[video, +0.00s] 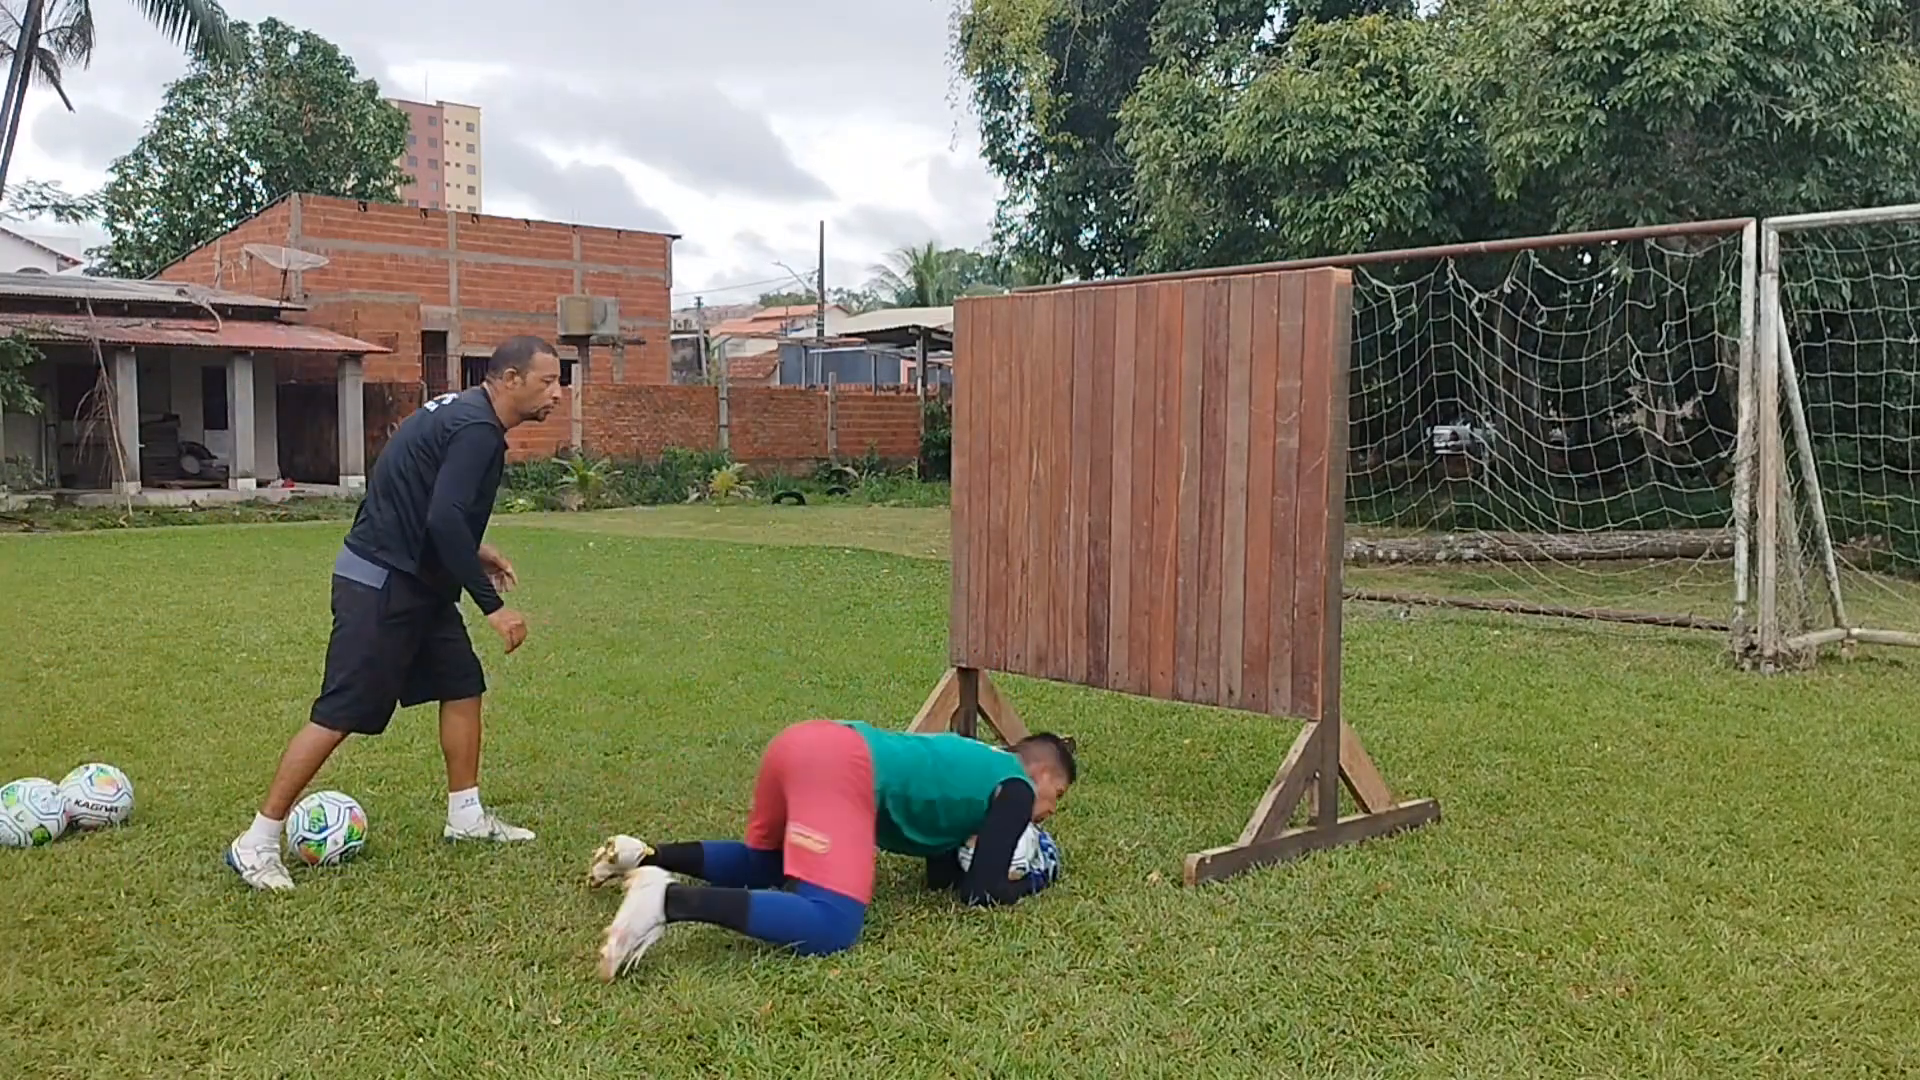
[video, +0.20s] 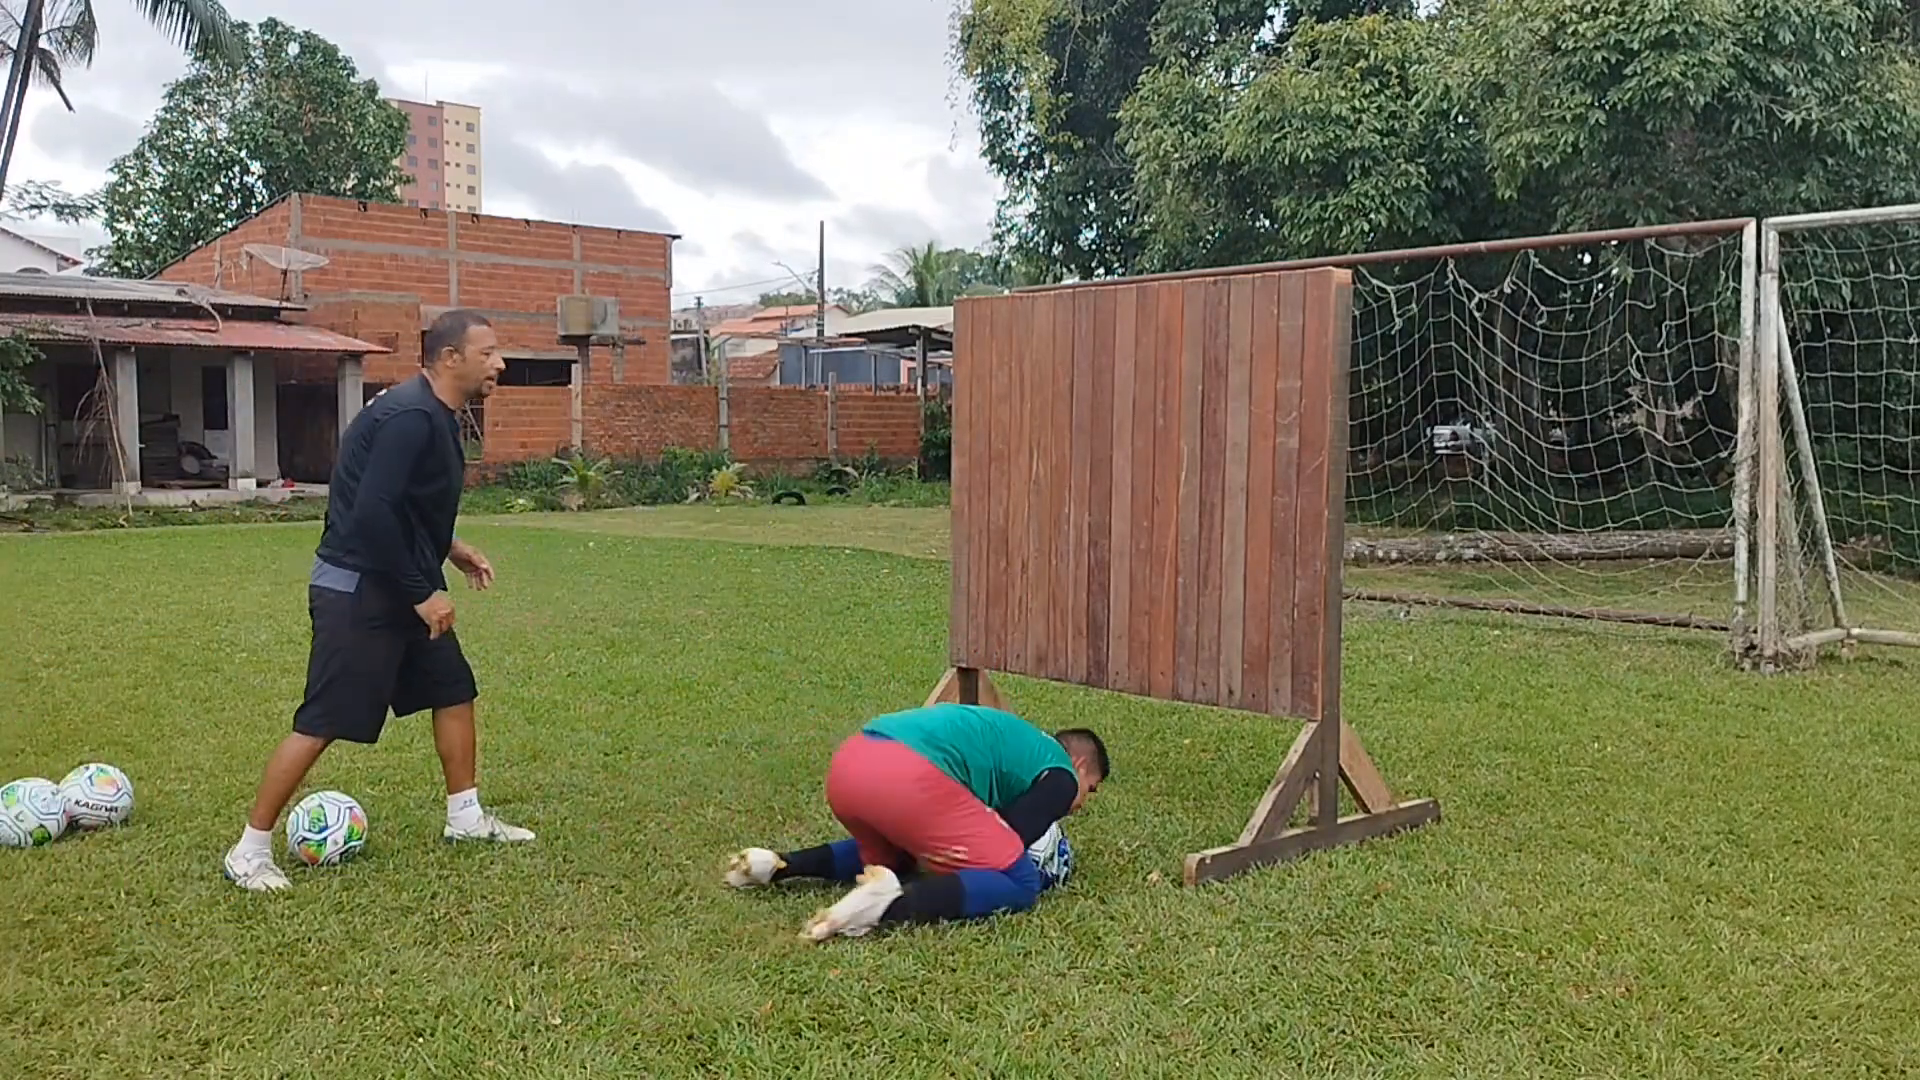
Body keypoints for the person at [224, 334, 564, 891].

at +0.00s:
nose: (557, 394)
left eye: (558, 384)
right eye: (548, 383)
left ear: (506, 382)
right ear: (508, 380)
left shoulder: (463, 414)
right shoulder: (478, 432)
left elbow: (424, 506)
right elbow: (447, 522)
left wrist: (475, 550)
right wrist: (494, 606)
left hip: (421, 584)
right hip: (379, 582)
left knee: (462, 688)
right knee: (339, 712)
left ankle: (466, 818)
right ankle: (257, 841)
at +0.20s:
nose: (498, 364)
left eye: (497, 354)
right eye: (488, 353)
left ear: (455, 359)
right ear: (451, 358)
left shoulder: (437, 416)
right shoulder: (409, 417)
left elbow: (404, 504)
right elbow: (373, 511)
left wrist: (452, 547)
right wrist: (422, 591)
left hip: (403, 590)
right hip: (354, 590)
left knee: (455, 692)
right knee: (322, 719)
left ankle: (465, 819)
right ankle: (249, 851)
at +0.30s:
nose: (460, 356)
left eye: (458, 345)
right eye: (449, 345)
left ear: (418, 353)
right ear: (412, 352)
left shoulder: (404, 414)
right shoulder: (365, 414)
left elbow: (375, 506)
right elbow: (335, 513)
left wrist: (425, 542)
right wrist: (393, 588)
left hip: (385, 590)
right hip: (332, 593)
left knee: (438, 698)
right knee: (303, 721)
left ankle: (465, 818)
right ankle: (245, 854)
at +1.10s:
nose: (331, 323)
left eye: (327, 311)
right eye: (319, 314)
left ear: (284, 325)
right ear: (281, 326)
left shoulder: (296, 393)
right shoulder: (249, 398)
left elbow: (323, 465)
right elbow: (297, 491)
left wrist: (399, 467)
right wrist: (391, 471)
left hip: (319, 581)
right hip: (268, 586)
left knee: (362, 701)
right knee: (262, 724)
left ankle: (391, 829)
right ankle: (239, 857)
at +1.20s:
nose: (333, 325)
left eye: (328, 313)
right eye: (320, 316)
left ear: (287, 327)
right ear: (281, 328)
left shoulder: (294, 394)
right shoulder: (248, 398)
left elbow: (315, 480)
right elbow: (277, 498)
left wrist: (383, 482)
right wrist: (377, 486)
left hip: (316, 580)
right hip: (267, 586)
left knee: (361, 700)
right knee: (261, 724)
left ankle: (391, 829)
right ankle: (239, 858)